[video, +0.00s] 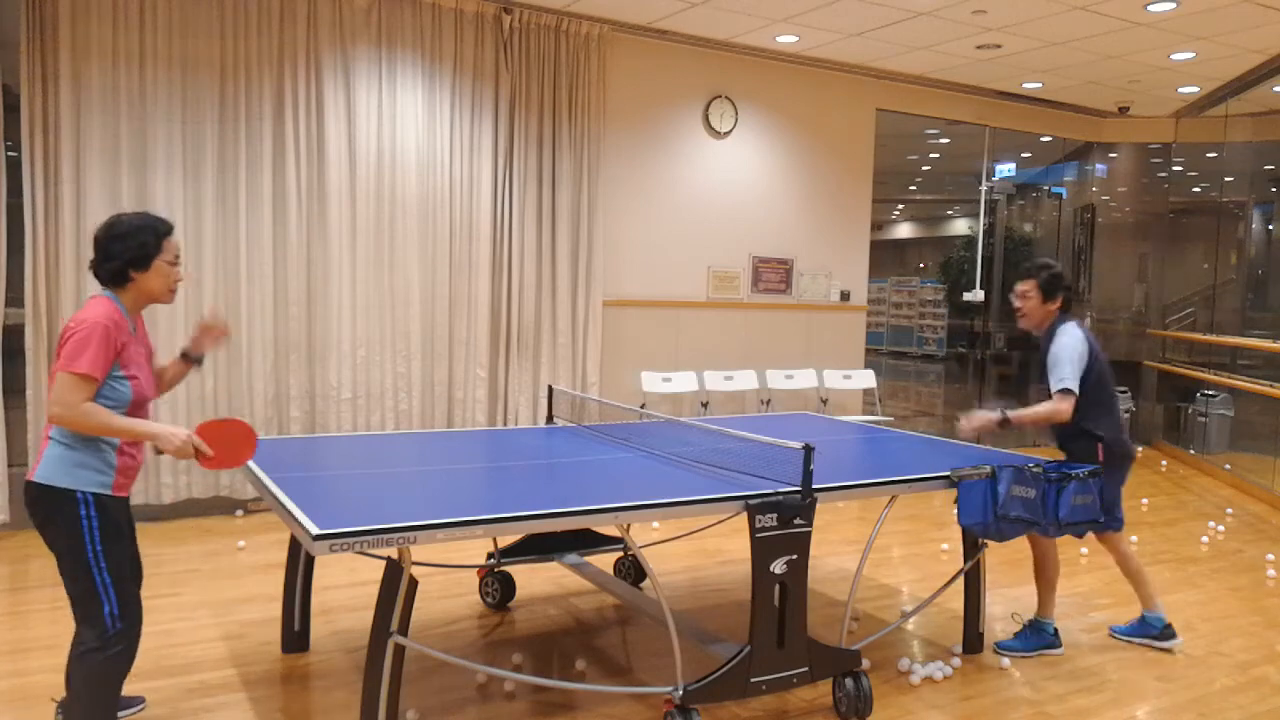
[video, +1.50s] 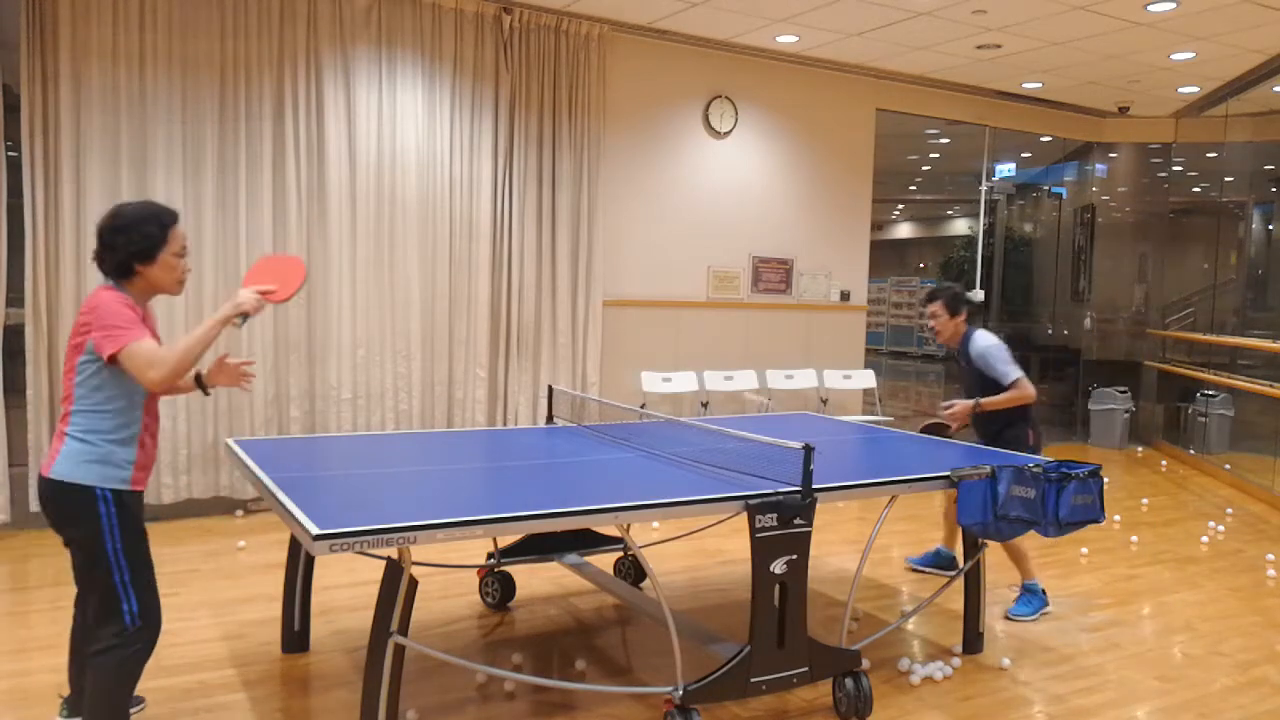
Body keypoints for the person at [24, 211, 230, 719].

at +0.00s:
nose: (179, 273)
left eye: (178, 261)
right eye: (172, 262)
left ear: (142, 267)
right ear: (136, 267)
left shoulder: (130, 319)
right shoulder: (101, 320)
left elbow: (144, 390)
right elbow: (65, 406)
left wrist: (192, 352)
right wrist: (155, 432)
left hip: (101, 488)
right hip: (74, 489)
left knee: (121, 602)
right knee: (112, 618)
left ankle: (93, 698)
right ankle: (85, 711)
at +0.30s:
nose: (193, 272)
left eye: (191, 261)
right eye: (184, 262)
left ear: (149, 270)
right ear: (150, 269)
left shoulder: (121, 318)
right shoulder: (114, 321)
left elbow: (105, 398)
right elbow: (89, 414)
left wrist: (162, 400)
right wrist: (177, 433)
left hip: (72, 485)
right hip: (74, 490)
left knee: (86, 608)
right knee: (118, 623)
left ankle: (81, 703)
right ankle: (90, 711)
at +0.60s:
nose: (211, 296)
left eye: (209, 284)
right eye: (202, 285)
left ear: (168, 292)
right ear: (165, 291)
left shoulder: (156, 337)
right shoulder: (115, 342)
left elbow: (133, 406)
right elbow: (76, 431)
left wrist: (189, 420)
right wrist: (161, 466)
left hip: (94, 492)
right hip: (57, 495)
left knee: (123, 592)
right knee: (111, 624)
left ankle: (91, 698)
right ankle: (85, 712)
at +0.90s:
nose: (225, 354)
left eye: (226, 342)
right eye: (217, 343)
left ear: (185, 347)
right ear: (176, 346)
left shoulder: (188, 389)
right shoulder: (108, 388)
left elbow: (194, 449)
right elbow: (49, 467)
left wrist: (219, 478)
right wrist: (68, 548)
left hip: (96, 511)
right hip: (34, 510)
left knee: (147, 588)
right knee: (106, 609)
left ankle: (96, 696)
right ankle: (86, 712)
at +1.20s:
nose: (221, 357)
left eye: (224, 346)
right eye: (212, 346)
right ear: (171, 344)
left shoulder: (184, 390)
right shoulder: (112, 391)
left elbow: (190, 457)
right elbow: (80, 474)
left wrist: (220, 477)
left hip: (92, 517)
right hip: (38, 526)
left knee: (155, 592)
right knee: (140, 633)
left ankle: (81, 708)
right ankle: (104, 714)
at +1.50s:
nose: (187, 263)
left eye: (185, 252)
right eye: (178, 254)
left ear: (144, 262)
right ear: (141, 261)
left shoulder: (134, 310)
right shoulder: (108, 306)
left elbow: (149, 382)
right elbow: (158, 372)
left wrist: (202, 379)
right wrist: (225, 314)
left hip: (101, 482)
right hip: (92, 486)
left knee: (101, 603)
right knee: (136, 620)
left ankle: (84, 703)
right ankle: (101, 712)